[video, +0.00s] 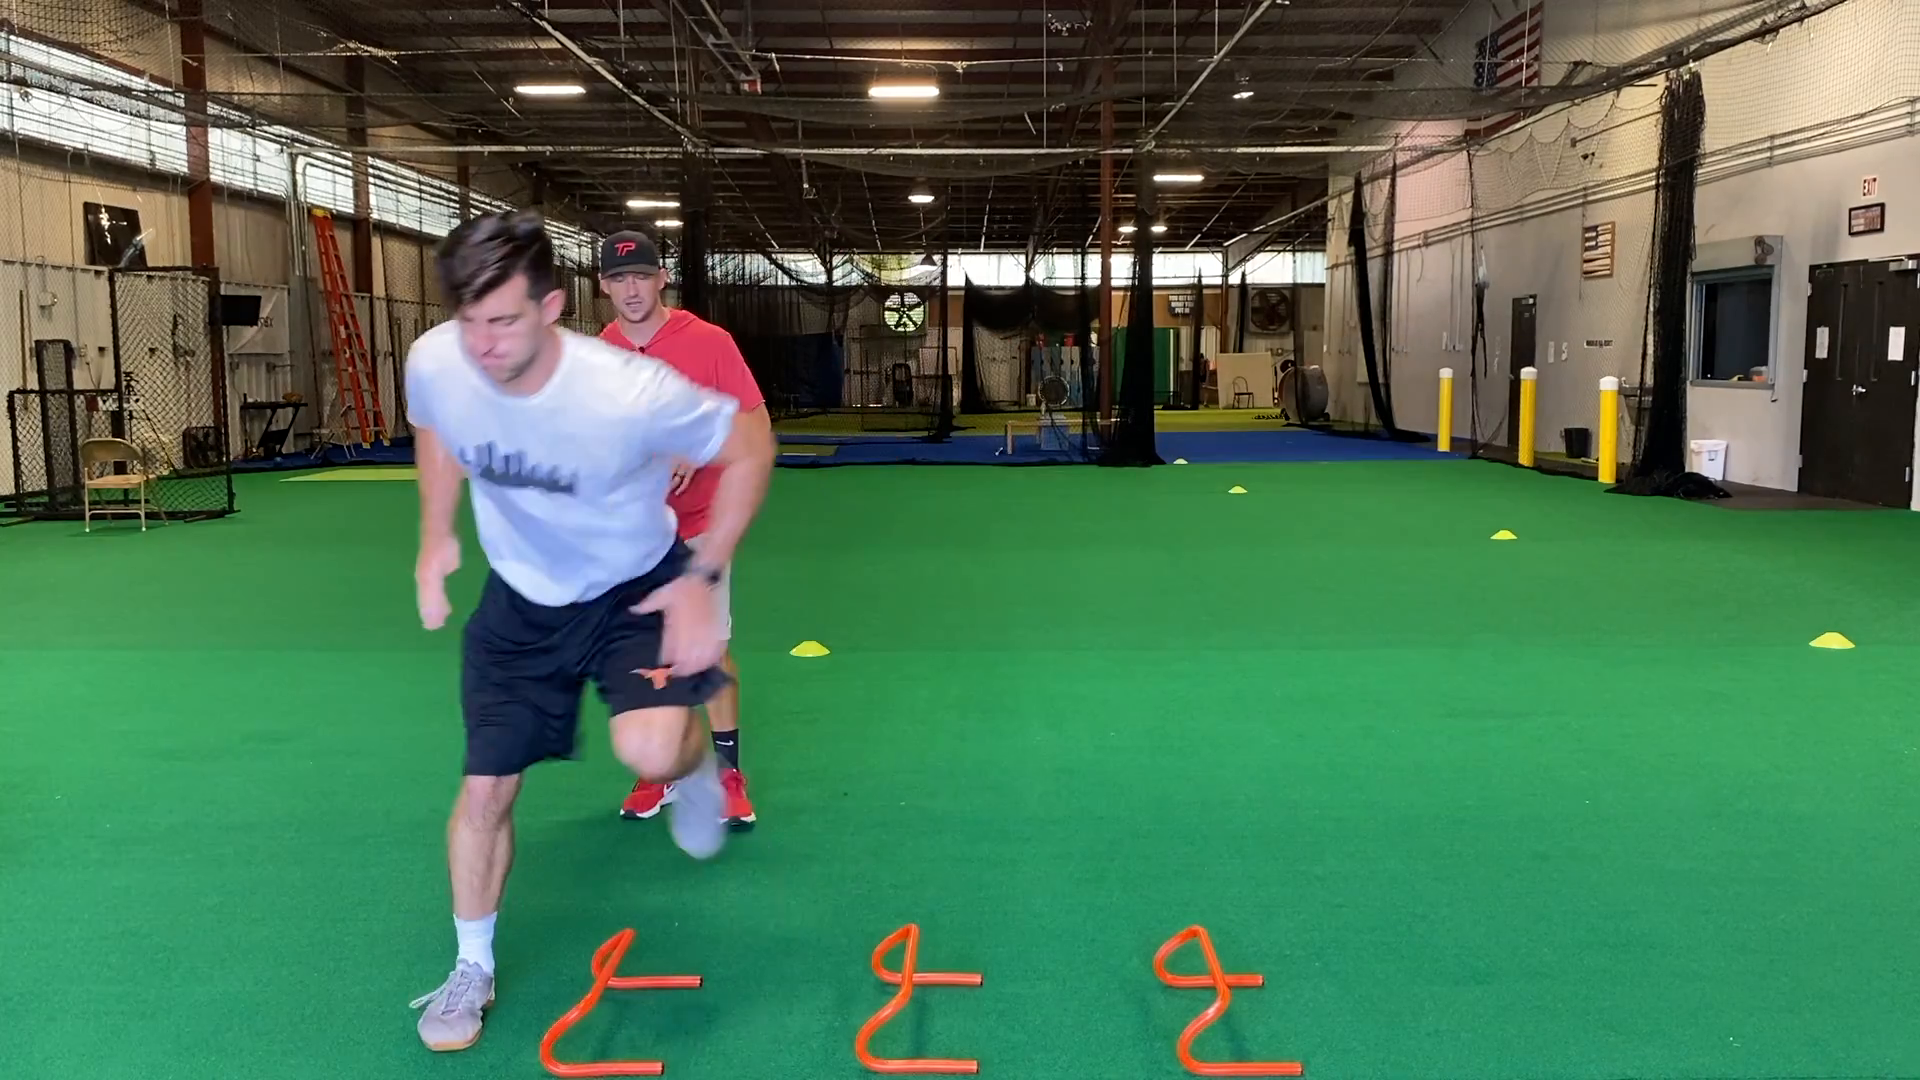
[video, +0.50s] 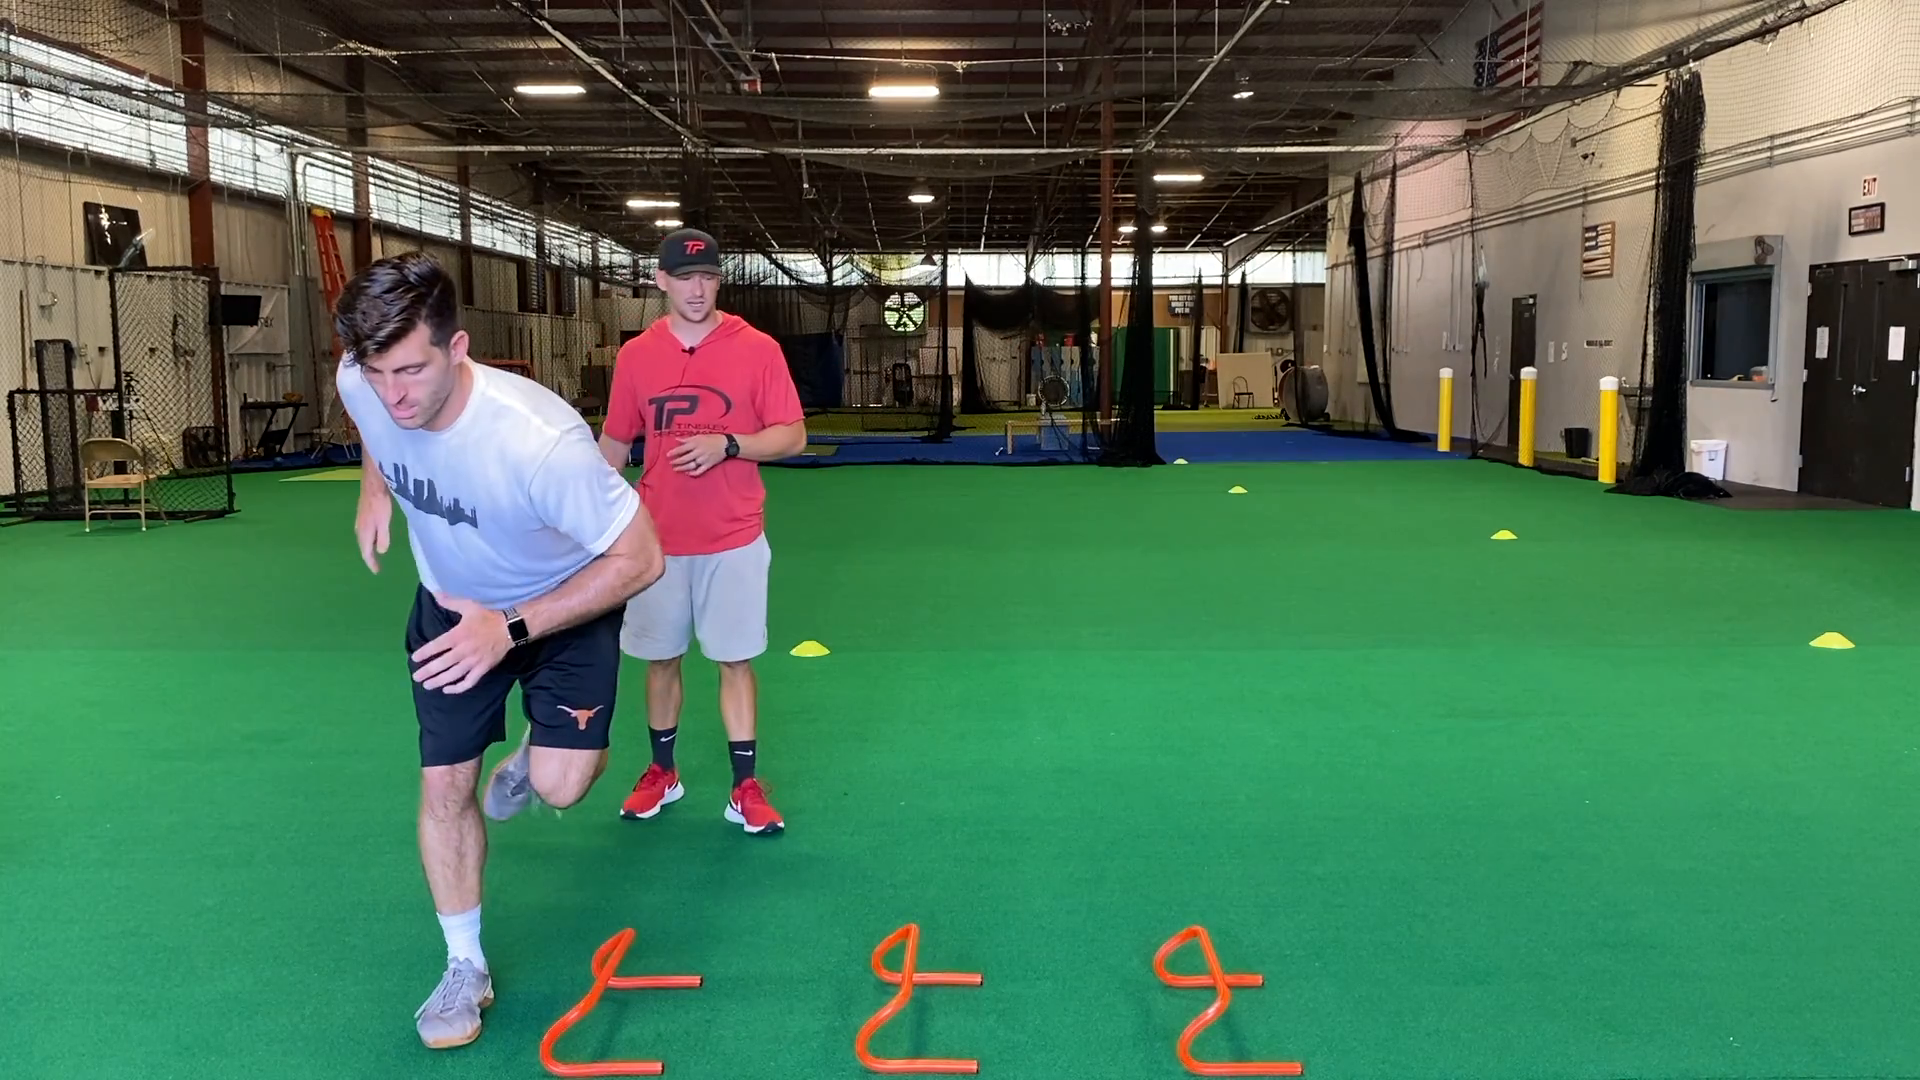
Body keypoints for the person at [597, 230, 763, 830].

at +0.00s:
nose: (631, 290)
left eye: (641, 277)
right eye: (618, 279)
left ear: (662, 279)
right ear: (604, 285)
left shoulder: (708, 344)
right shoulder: (597, 352)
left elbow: (756, 431)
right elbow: (577, 435)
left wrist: (698, 457)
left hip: (700, 529)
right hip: (628, 532)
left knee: (711, 648)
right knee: (641, 653)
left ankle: (727, 770)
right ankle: (659, 769)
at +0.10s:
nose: (638, 289)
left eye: (649, 277)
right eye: (626, 279)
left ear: (669, 279)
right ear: (612, 284)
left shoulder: (713, 343)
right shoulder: (597, 357)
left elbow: (759, 424)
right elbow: (576, 438)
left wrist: (699, 444)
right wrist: (618, 465)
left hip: (703, 520)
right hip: (630, 524)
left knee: (715, 648)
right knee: (646, 650)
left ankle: (737, 777)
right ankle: (659, 769)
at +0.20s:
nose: (653, 289)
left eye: (662, 277)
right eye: (641, 279)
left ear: (680, 279)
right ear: (622, 285)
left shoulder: (723, 346)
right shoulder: (604, 361)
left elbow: (762, 430)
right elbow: (586, 449)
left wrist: (698, 442)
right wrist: (600, 525)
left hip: (707, 536)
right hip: (638, 540)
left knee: (720, 655)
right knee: (649, 654)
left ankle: (742, 778)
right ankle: (660, 770)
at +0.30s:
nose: (665, 289)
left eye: (674, 277)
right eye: (653, 279)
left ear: (691, 280)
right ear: (633, 284)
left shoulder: (734, 348)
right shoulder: (614, 360)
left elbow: (768, 434)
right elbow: (597, 450)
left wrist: (705, 441)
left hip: (715, 537)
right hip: (643, 540)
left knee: (724, 656)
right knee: (653, 654)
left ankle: (743, 782)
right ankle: (660, 772)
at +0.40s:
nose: (680, 289)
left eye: (690, 277)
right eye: (667, 277)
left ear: (706, 281)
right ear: (646, 283)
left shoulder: (745, 349)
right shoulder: (624, 358)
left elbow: (780, 435)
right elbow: (606, 448)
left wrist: (716, 443)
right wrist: (573, 508)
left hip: (725, 538)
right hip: (651, 541)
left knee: (730, 658)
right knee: (658, 655)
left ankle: (744, 785)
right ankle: (660, 772)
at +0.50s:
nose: (696, 287)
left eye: (706, 275)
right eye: (683, 276)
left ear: (719, 278)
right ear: (661, 281)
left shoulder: (758, 350)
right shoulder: (636, 356)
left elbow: (792, 437)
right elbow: (613, 447)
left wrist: (729, 442)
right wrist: (580, 509)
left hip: (734, 538)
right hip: (657, 540)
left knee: (736, 659)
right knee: (661, 658)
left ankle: (745, 786)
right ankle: (661, 771)